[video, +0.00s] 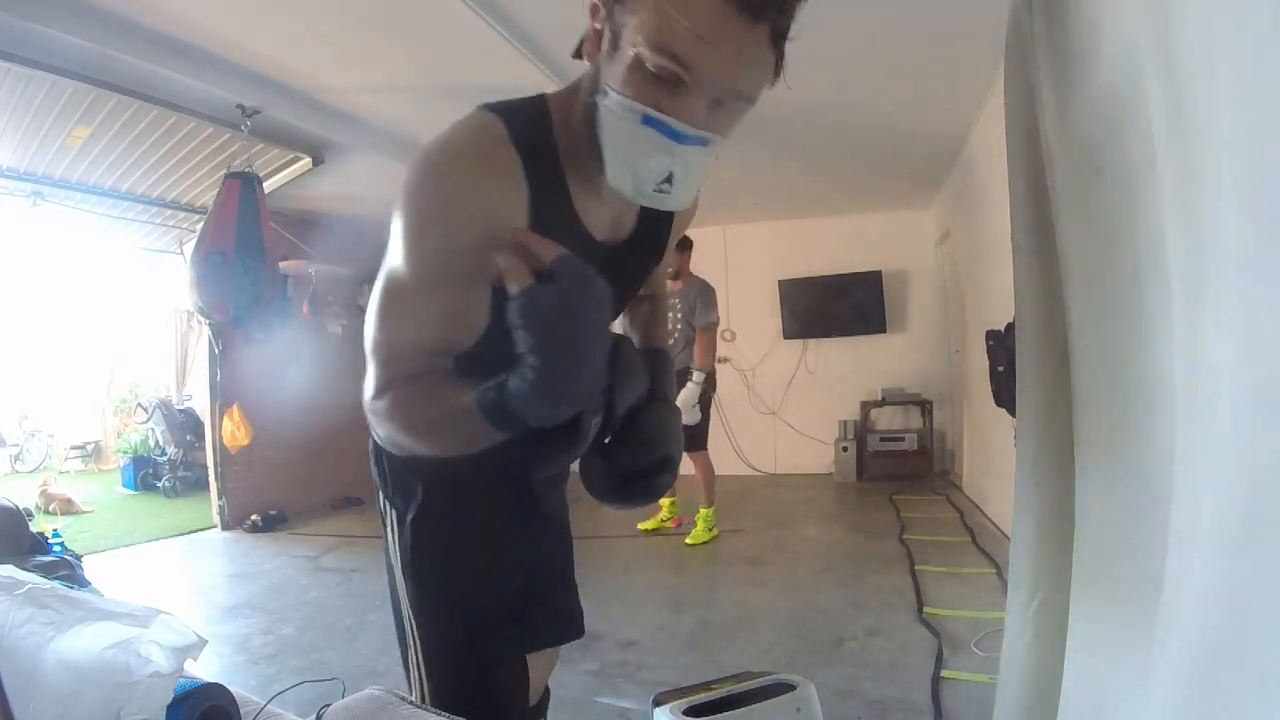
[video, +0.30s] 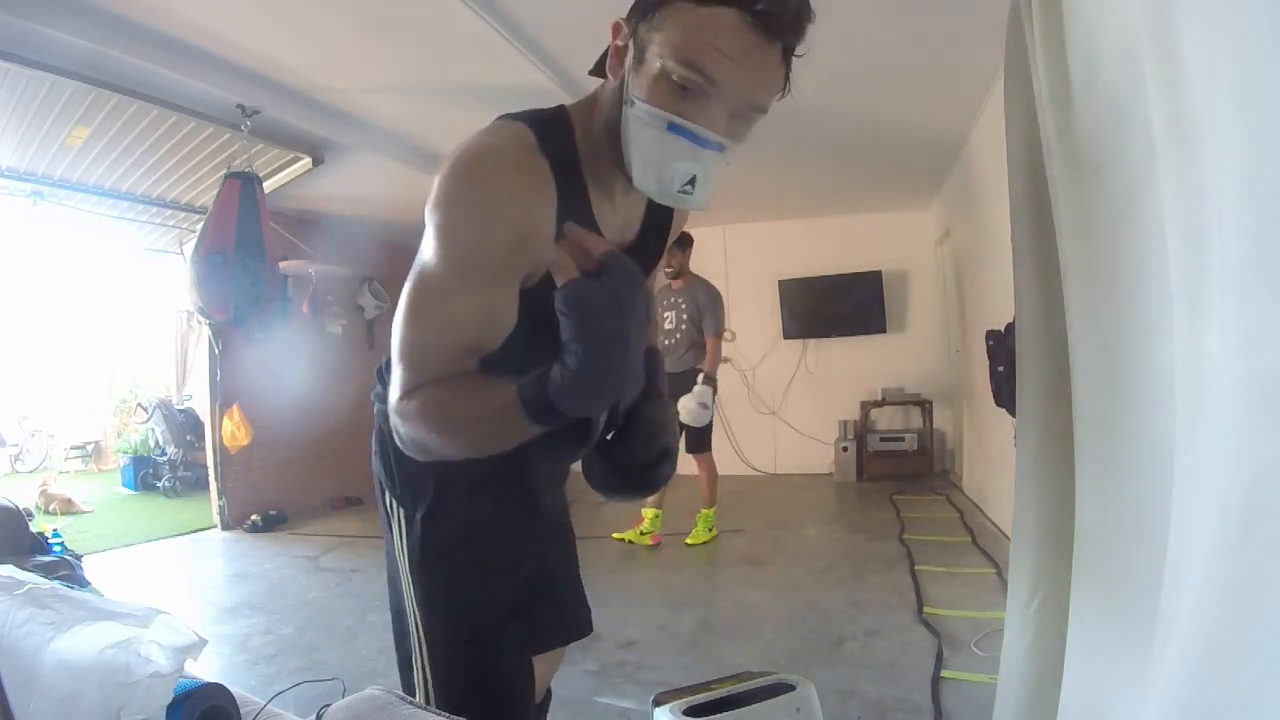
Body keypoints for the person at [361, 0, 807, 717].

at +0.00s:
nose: (686, 126)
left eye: (726, 102)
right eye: (661, 76)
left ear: (758, 94)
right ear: (597, 33)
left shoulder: (673, 180)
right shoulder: (470, 165)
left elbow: (646, 290)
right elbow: (394, 405)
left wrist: (655, 401)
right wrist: (522, 401)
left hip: (542, 446)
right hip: (439, 458)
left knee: (540, 648)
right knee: (479, 701)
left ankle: (526, 713)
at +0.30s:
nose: (708, 132)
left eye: (745, 114)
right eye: (685, 82)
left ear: (763, 113)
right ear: (620, 50)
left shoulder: (656, 212)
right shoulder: (500, 171)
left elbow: (624, 359)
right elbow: (418, 419)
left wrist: (634, 440)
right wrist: (570, 387)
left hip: (536, 457)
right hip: (449, 464)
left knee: (545, 648)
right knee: (488, 698)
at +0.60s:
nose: (692, 134)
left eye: (728, 116)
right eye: (671, 88)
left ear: (750, 113)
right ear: (609, 56)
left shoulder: (661, 195)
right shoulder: (511, 167)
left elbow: (628, 347)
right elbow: (433, 417)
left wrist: (637, 436)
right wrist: (572, 390)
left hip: (542, 449)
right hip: (450, 457)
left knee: (555, 637)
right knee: (486, 697)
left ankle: (526, 719)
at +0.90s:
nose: (670, 129)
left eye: (706, 108)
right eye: (647, 82)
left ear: (734, 105)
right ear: (590, 54)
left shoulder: (661, 190)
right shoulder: (495, 168)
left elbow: (638, 318)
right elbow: (428, 423)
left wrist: (643, 412)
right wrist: (556, 389)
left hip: (545, 439)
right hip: (448, 447)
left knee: (566, 626)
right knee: (488, 691)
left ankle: (533, 709)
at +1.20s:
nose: (668, 127)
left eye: (704, 106)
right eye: (646, 79)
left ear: (732, 106)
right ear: (588, 57)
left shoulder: (657, 190)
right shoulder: (496, 165)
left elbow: (631, 338)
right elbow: (427, 421)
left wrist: (635, 426)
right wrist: (571, 385)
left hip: (539, 443)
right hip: (446, 452)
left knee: (555, 634)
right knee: (486, 694)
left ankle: (526, 715)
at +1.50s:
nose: (726, 164)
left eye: (751, 150)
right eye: (718, 126)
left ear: (764, 154)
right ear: (651, 79)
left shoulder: (627, 184)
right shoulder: (559, 176)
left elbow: (565, 339)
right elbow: (466, 415)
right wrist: (655, 400)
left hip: (499, 449)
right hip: (436, 459)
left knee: (526, 645)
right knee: (494, 701)